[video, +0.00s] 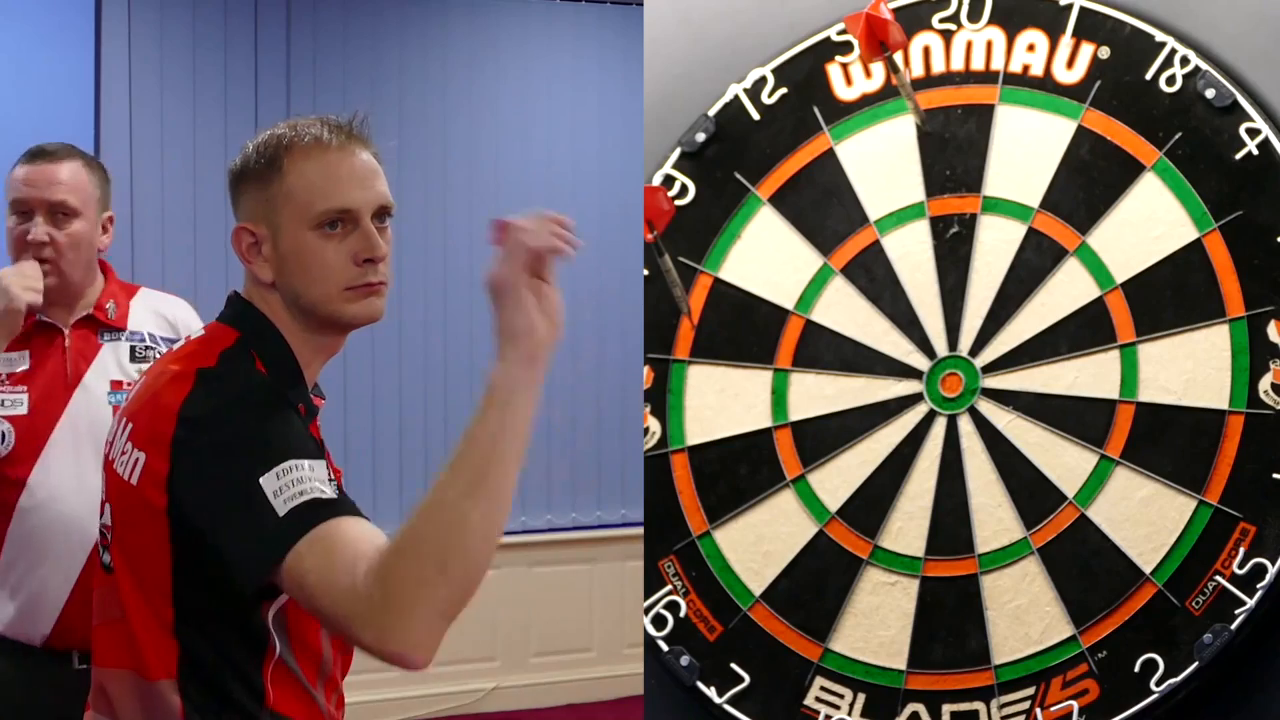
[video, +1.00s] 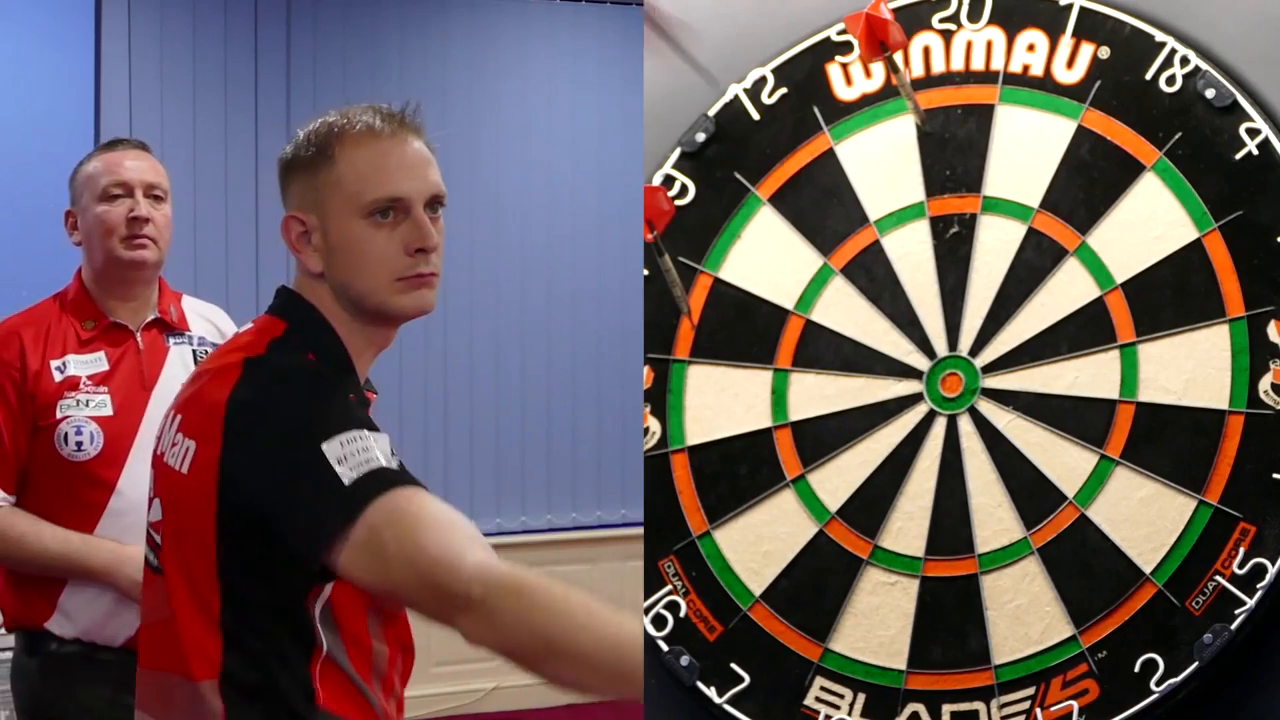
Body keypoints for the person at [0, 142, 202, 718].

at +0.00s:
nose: (36, 233)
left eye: (61, 215)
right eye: (22, 214)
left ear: (105, 230)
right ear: (6, 222)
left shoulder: (170, 323)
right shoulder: (1, 331)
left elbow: (216, 467)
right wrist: (4, 332)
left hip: (145, 660)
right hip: (17, 659)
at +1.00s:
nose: (140, 209)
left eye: (155, 196)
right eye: (116, 195)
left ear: (173, 222)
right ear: (74, 225)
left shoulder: (215, 331)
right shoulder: (19, 344)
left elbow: (262, 472)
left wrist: (204, 560)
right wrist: (120, 562)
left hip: (200, 655)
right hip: (69, 663)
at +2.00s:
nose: (153, 249)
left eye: (170, 227)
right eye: (128, 224)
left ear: (185, 231)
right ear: (69, 222)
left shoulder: (211, 346)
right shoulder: (9, 357)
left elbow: (230, 499)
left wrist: (247, 605)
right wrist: (90, 610)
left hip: (199, 697)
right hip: (47, 699)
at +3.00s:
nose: (341, 201)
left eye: (352, 181)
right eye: (308, 179)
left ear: (365, 199)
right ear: (242, 211)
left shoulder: (310, 337)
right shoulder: (227, 338)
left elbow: (316, 543)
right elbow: (187, 568)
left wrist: (400, 663)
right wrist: (399, 622)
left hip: (355, 703)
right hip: (263, 704)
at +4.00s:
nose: (383, 178)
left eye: (394, 158)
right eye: (346, 159)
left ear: (409, 183)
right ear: (279, 201)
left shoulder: (364, 335)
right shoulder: (259, 361)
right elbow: (221, 619)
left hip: (404, 698)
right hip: (320, 705)